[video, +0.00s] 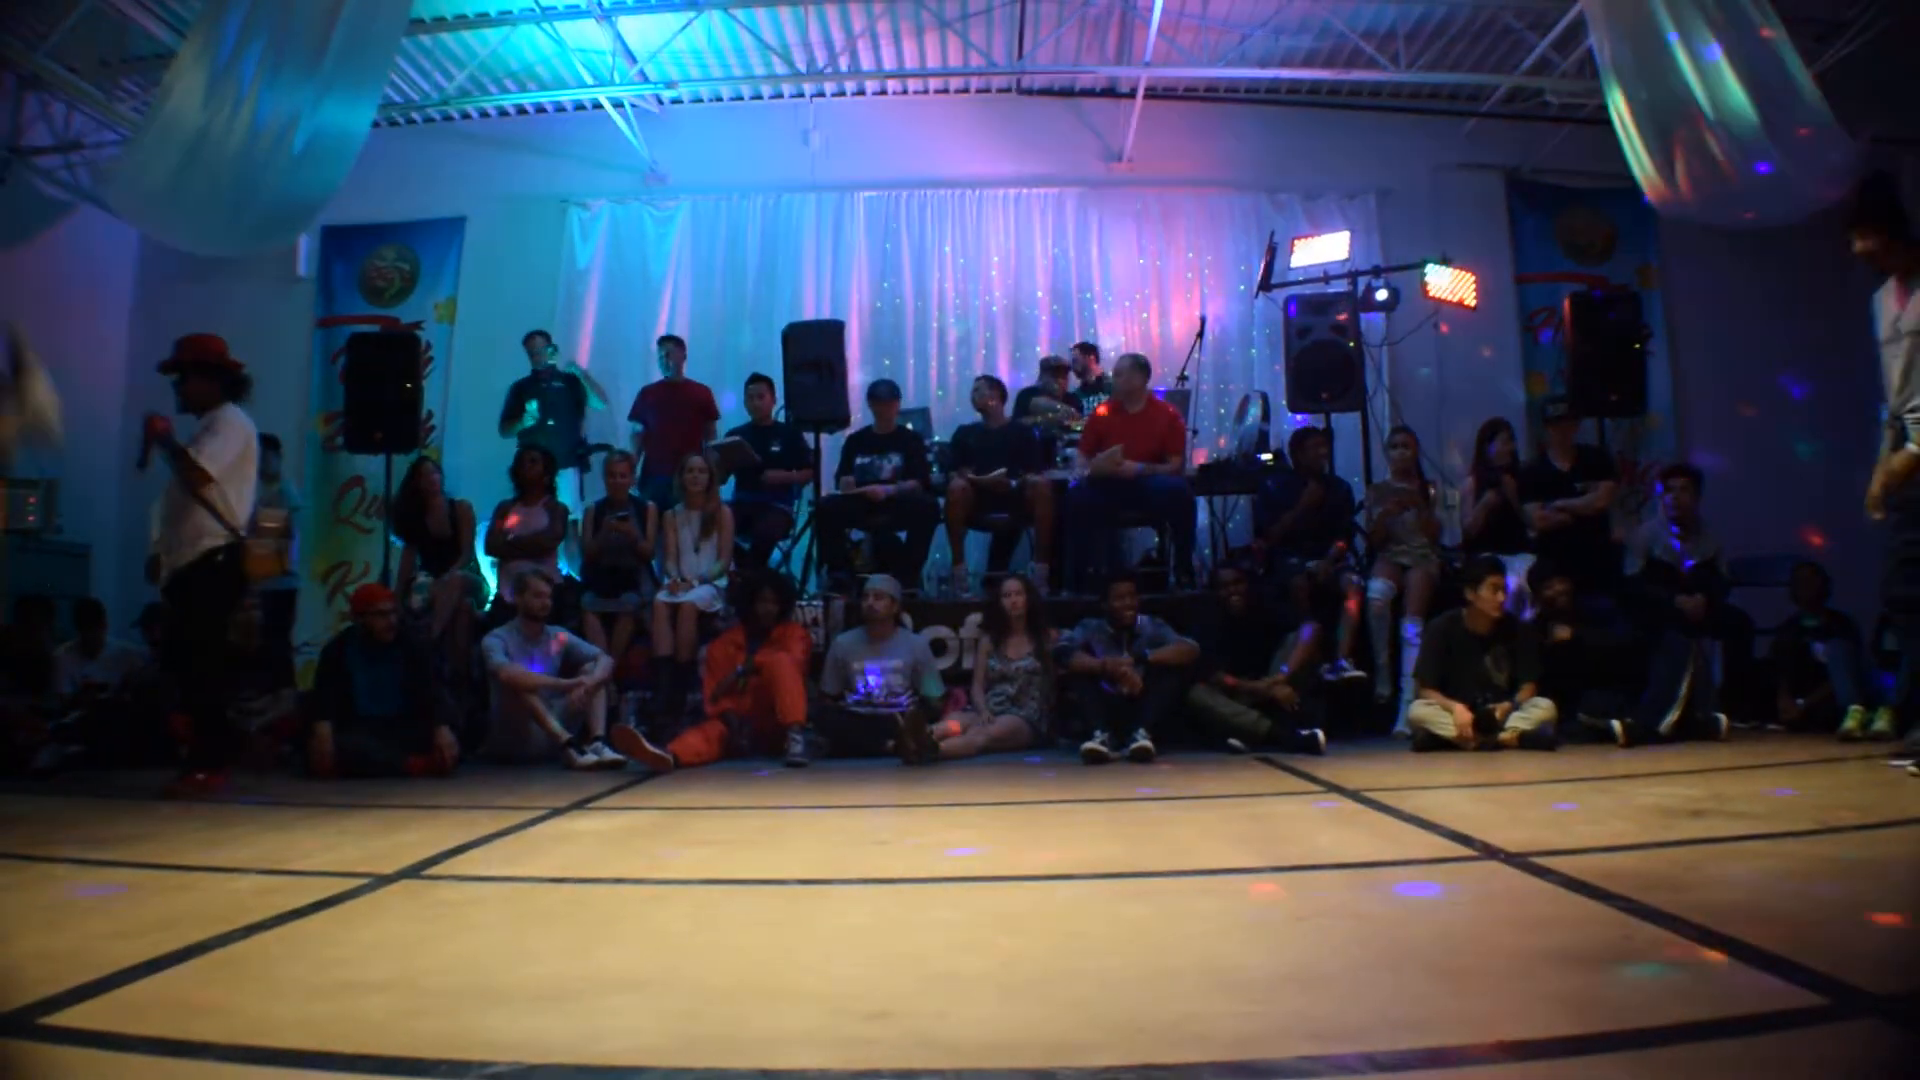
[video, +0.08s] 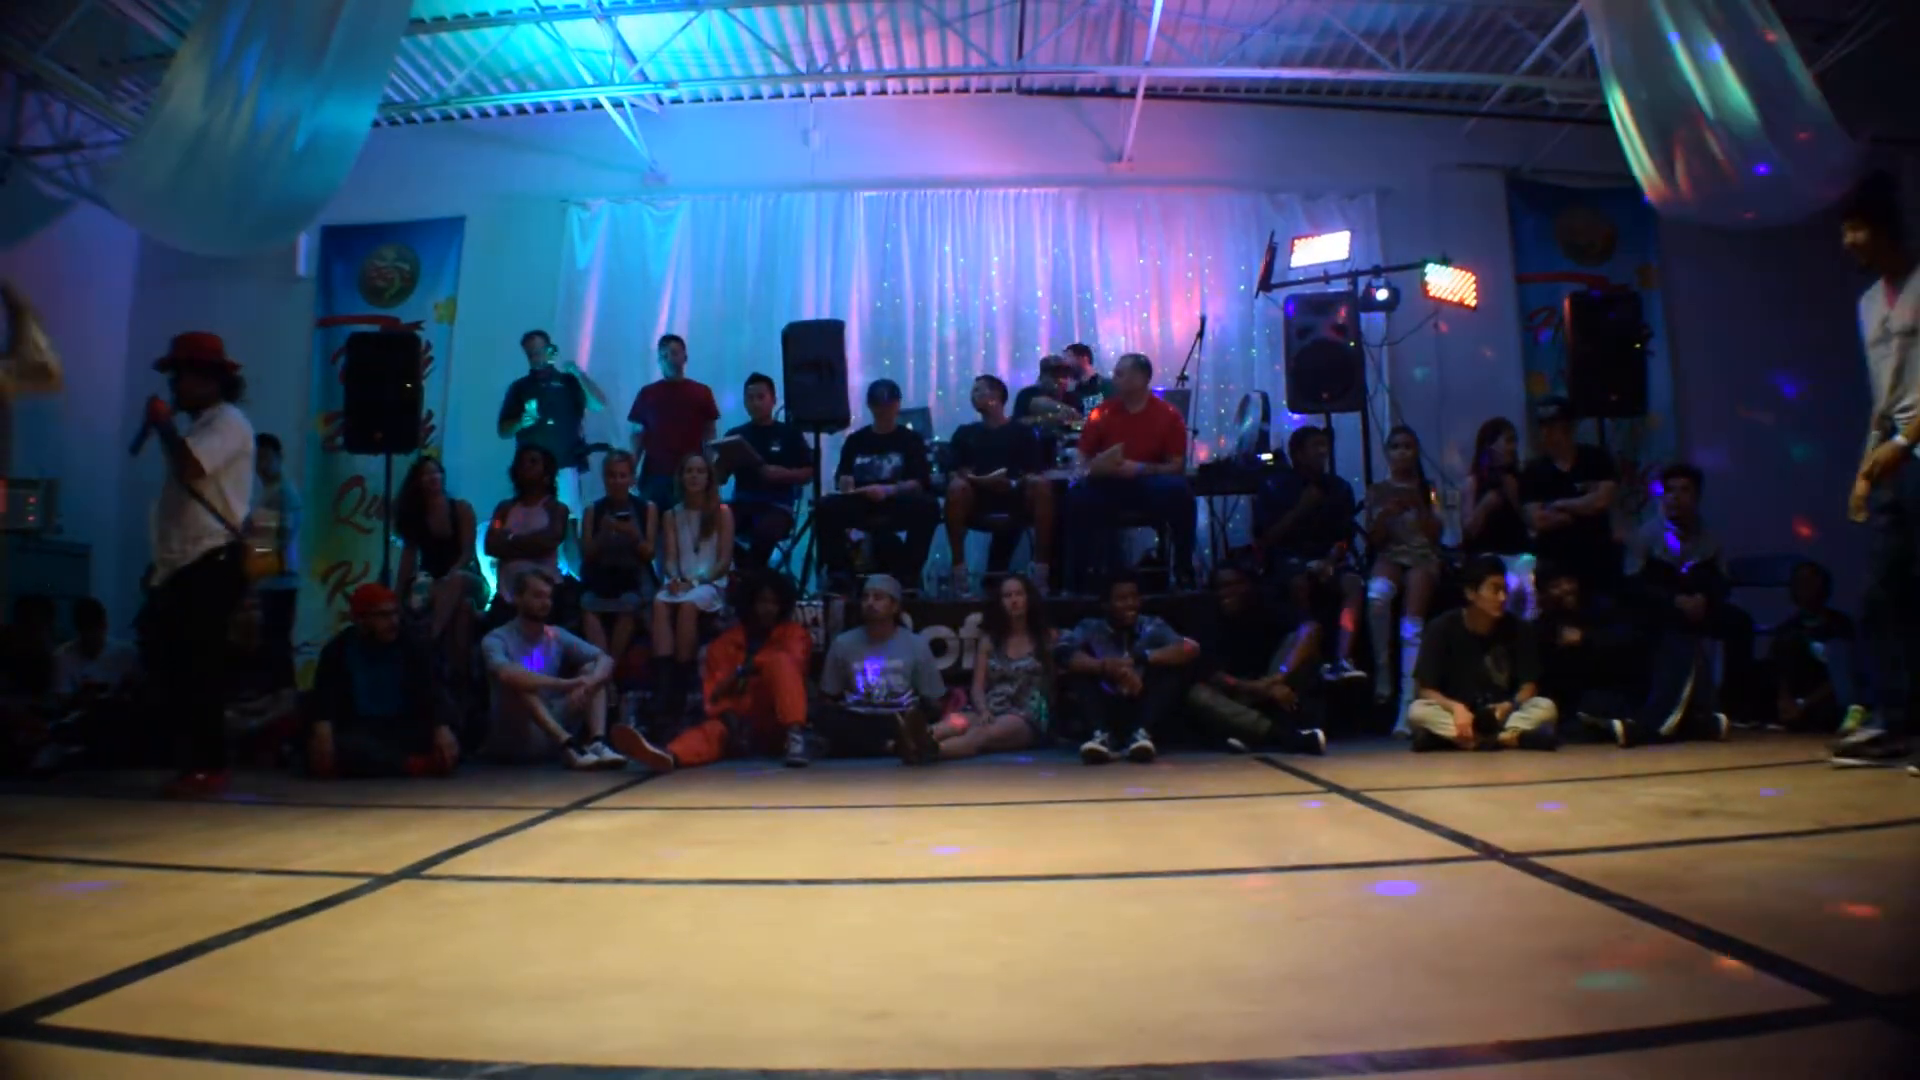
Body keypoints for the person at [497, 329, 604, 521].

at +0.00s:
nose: (537, 357)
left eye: (541, 351)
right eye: (532, 353)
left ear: (552, 350)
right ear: (528, 355)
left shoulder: (571, 381)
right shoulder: (520, 387)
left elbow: (600, 405)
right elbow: (505, 429)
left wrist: (580, 374)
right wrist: (522, 422)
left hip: (566, 460)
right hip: (533, 463)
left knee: (569, 520)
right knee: (534, 520)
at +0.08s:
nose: (535, 358)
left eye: (539, 352)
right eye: (530, 353)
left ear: (550, 351)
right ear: (526, 355)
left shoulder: (569, 381)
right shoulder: (519, 387)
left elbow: (598, 405)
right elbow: (504, 430)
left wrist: (578, 375)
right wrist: (521, 422)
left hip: (566, 462)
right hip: (532, 465)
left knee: (569, 521)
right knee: (534, 523)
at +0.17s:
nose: (534, 359)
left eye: (538, 353)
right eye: (530, 355)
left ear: (550, 351)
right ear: (526, 356)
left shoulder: (569, 382)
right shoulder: (518, 388)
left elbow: (597, 405)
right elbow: (502, 430)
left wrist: (578, 375)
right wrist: (520, 422)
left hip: (565, 461)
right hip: (531, 464)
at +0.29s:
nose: (534, 359)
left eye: (537, 353)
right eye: (528, 355)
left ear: (548, 351)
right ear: (524, 356)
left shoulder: (567, 382)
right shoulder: (516, 388)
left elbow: (595, 404)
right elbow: (501, 431)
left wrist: (576, 375)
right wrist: (518, 422)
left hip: (563, 461)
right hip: (528, 464)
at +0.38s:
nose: (531, 357)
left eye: (535, 351)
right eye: (526, 353)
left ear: (545, 350)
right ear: (522, 356)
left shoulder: (565, 382)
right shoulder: (514, 388)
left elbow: (593, 401)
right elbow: (500, 431)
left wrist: (574, 373)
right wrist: (515, 425)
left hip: (562, 461)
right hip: (527, 463)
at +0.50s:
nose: (529, 358)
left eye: (533, 352)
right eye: (525, 354)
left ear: (544, 351)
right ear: (521, 356)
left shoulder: (563, 382)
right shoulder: (513, 388)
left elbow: (594, 397)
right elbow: (499, 430)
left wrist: (572, 372)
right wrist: (514, 423)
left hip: (561, 460)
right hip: (526, 463)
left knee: (565, 517)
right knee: (527, 519)